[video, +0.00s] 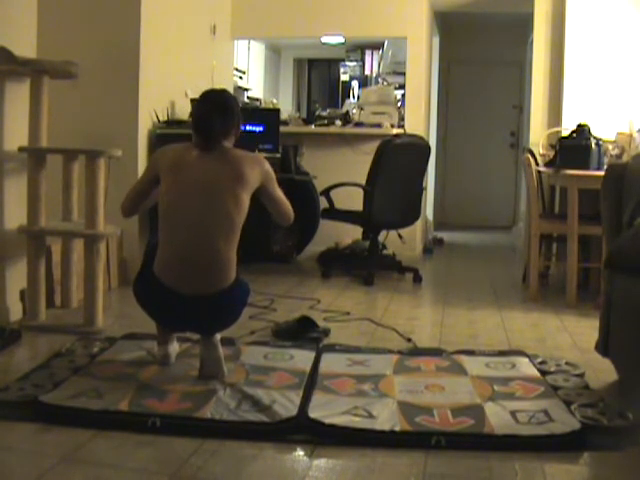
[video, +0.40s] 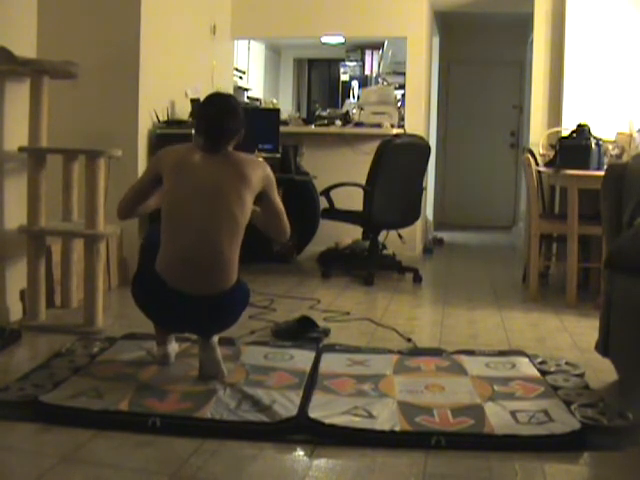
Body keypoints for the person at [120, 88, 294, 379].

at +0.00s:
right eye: (238, 125)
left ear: (192, 124)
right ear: (236, 130)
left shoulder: (166, 158)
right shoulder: (253, 165)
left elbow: (127, 209)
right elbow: (286, 217)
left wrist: (162, 185)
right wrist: (263, 183)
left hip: (165, 307)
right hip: (218, 311)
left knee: (156, 243)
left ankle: (165, 345)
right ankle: (211, 341)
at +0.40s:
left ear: (196, 127)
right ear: (238, 136)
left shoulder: (168, 159)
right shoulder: (256, 169)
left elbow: (124, 210)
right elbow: (281, 232)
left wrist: (167, 195)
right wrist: (247, 205)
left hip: (166, 309)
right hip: (219, 312)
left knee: (153, 235)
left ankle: (164, 345)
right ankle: (210, 342)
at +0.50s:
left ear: (196, 125)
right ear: (238, 135)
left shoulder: (169, 156)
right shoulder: (256, 168)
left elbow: (124, 208)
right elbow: (276, 231)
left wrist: (167, 193)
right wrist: (247, 203)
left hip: (165, 308)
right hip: (216, 312)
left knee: (151, 236)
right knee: (237, 285)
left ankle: (163, 346)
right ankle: (209, 340)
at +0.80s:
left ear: (185, 123)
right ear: (226, 133)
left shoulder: (156, 154)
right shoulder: (243, 166)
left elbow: (111, 203)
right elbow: (242, 232)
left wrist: (151, 196)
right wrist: (210, 208)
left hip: (152, 301)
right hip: (203, 306)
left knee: (132, 269)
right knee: (224, 281)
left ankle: (152, 349)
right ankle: (204, 338)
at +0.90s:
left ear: (180, 124)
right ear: (220, 134)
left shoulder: (150, 155)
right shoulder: (235, 166)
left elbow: (104, 199)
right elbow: (240, 232)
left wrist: (140, 172)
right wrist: (210, 206)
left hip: (146, 304)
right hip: (197, 308)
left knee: (128, 272)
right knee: (220, 277)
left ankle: (150, 346)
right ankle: (205, 338)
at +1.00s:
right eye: (214, 121)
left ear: (174, 118)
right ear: (214, 128)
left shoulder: (143, 153)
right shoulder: (227, 162)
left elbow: (102, 183)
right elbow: (250, 228)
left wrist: (128, 155)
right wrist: (223, 191)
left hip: (142, 303)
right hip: (194, 305)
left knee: (128, 274)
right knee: (219, 279)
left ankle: (148, 341)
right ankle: (204, 336)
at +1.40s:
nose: (205, 133)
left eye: (205, 126)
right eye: (205, 126)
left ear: (159, 119)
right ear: (201, 126)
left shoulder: (131, 147)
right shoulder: (203, 156)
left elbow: (108, 150)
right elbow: (250, 223)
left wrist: (100, 138)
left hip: (125, 298)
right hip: (172, 298)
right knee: (231, 274)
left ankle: (142, 335)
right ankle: (201, 330)